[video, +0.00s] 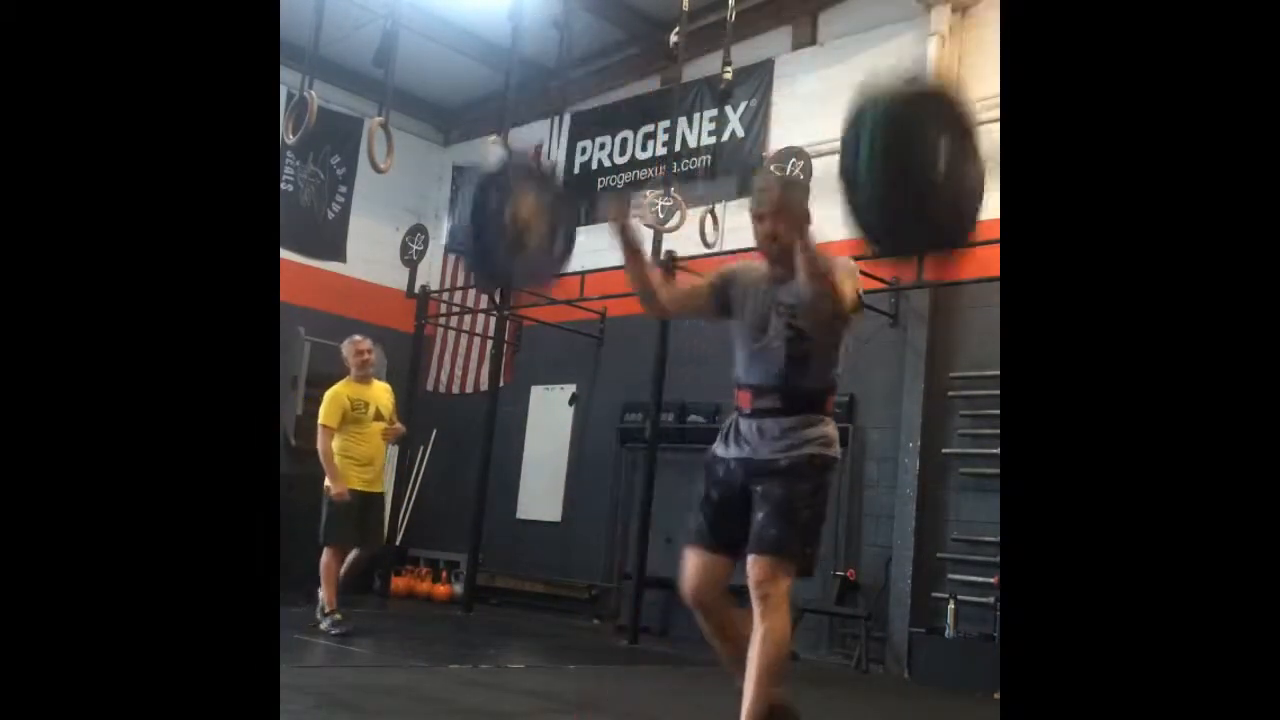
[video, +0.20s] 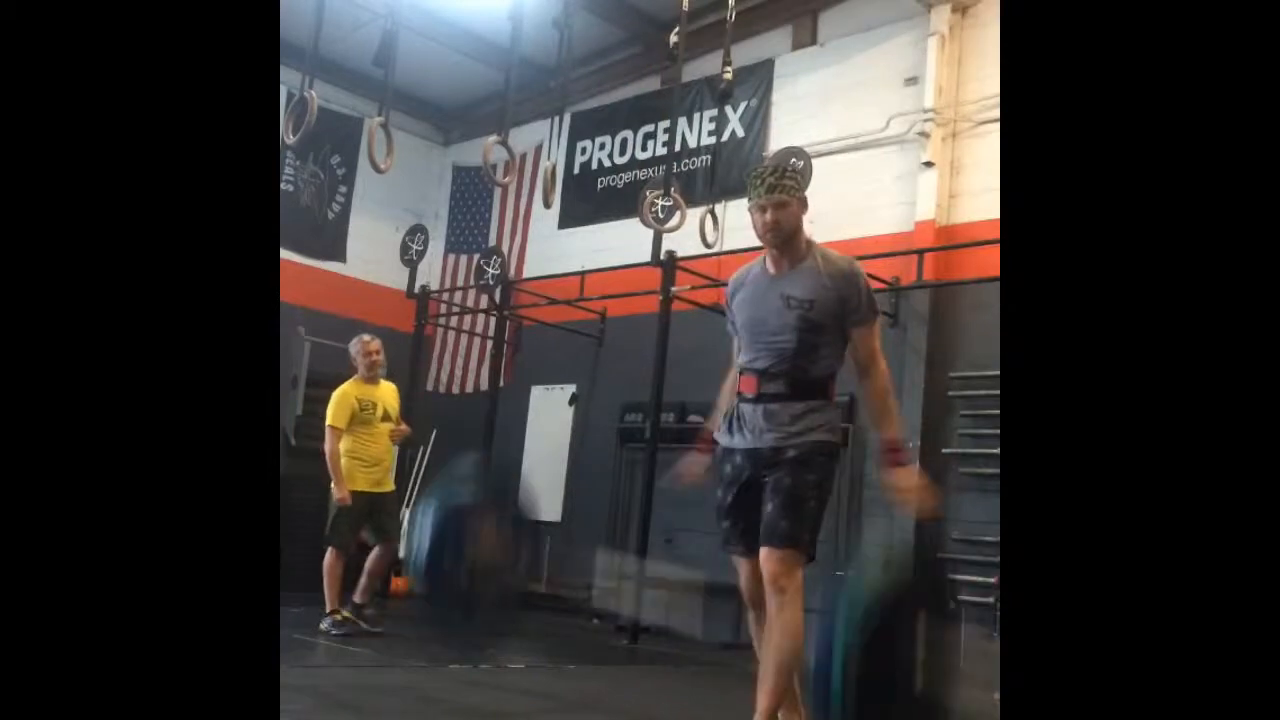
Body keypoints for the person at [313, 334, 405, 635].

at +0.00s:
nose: (365, 357)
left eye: (369, 352)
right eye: (359, 354)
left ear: (375, 356)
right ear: (347, 360)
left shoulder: (385, 390)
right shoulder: (338, 393)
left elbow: (392, 427)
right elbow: (323, 440)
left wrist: (398, 431)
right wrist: (334, 480)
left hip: (373, 485)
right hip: (344, 483)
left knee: (367, 545)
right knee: (336, 546)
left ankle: (326, 594)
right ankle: (329, 610)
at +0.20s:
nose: (374, 358)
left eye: (378, 353)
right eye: (368, 354)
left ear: (384, 356)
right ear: (356, 360)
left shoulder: (391, 390)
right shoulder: (345, 394)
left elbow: (395, 426)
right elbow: (331, 443)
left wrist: (404, 432)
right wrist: (338, 485)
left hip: (384, 487)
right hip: (352, 487)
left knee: (388, 544)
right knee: (338, 548)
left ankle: (359, 603)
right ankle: (331, 612)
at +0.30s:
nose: (381, 359)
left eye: (385, 354)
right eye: (375, 354)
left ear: (390, 357)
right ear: (362, 359)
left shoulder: (395, 390)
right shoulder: (350, 393)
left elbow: (397, 424)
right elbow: (335, 441)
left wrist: (408, 431)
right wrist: (339, 485)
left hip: (388, 487)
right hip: (354, 486)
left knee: (395, 544)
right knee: (339, 548)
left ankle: (381, 612)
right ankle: (331, 613)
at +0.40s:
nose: (389, 360)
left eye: (393, 354)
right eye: (383, 355)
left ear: (398, 358)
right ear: (370, 359)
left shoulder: (402, 392)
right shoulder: (356, 393)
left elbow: (402, 429)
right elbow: (340, 442)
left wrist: (412, 435)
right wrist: (342, 485)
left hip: (393, 486)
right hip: (359, 487)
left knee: (399, 548)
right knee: (342, 550)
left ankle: (407, 612)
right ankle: (333, 612)